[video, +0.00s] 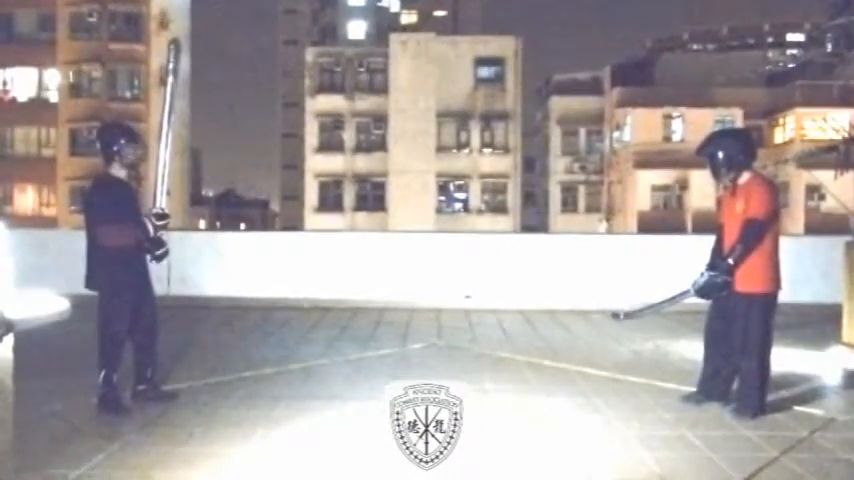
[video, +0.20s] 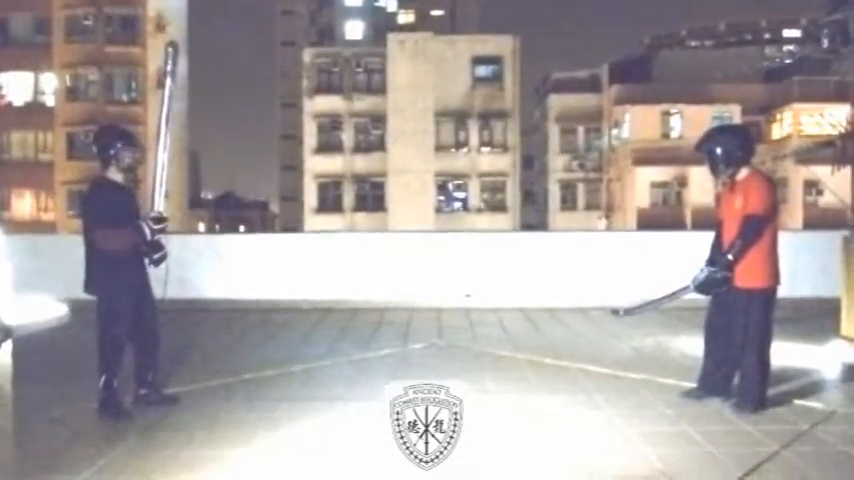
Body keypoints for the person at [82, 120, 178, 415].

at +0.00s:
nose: (139, 153)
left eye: (138, 148)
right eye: (133, 148)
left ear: (120, 150)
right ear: (118, 150)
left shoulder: (126, 187)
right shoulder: (104, 189)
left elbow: (128, 225)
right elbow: (107, 234)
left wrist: (148, 222)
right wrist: (145, 240)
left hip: (133, 269)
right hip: (113, 271)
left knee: (145, 322)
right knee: (115, 327)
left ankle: (146, 381)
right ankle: (107, 388)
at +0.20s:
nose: (136, 157)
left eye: (136, 151)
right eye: (130, 151)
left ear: (120, 154)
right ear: (114, 154)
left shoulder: (125, 191)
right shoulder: (100, 192)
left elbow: (127, 229)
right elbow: (103, 238)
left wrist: (147, 228)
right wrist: (142, 242)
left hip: (133, 272)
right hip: (111, 275)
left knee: (146, 329)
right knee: (114, 332)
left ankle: (147, 386)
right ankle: (108, 393)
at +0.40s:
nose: (130, 159)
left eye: (130, 153)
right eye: (125, 153)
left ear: (119, 155)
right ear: (110, 155)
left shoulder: (122, 191)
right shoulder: (98, 193)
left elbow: (125, 231)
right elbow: (96, 238)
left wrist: (144, 243)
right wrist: (138, 246)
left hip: (127, 273)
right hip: (107, 275)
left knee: (143, 326)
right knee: (109, 332)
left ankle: (143, 386)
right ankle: (103, 391)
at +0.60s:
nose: (133, 155)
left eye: (132, 149)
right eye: (127, 149)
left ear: (115, 152)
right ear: (113, 152)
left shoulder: (123, 189)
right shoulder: (97, 191)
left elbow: (124, 227)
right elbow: (99, 235)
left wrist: (145, 227)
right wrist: (139, 237)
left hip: (130, 272)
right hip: (108, 274)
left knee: (144, 325)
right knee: (111, 330)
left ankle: (144, 384)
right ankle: (104, 389)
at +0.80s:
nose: (145, 157)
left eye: (144, 151)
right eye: (140, 151)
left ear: (126, 153)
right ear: (126, 153)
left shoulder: (136, 191)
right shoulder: (110, 192)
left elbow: (137, 228)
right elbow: (112, 237)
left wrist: (157, 230)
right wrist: (152, 237)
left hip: (144, 274)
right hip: (122, 277)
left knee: (156, 327)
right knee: (124, 332)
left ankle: (156, 384)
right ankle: (118, 389)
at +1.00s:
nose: (148, 161)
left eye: (147, 155)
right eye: (143, 155)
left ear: (129, 157)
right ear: (129, 157)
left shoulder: (139, 195)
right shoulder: (112, 196)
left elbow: (140, 232)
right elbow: (113, 241)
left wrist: (159, 236)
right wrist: (153, 243)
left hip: (146, 277)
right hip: (123, 279)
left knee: (159, 329)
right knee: (127, 334)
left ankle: (160, 388)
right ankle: (121, 393)